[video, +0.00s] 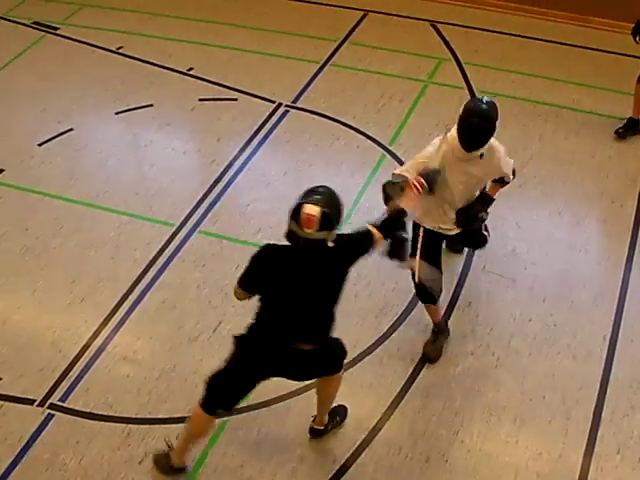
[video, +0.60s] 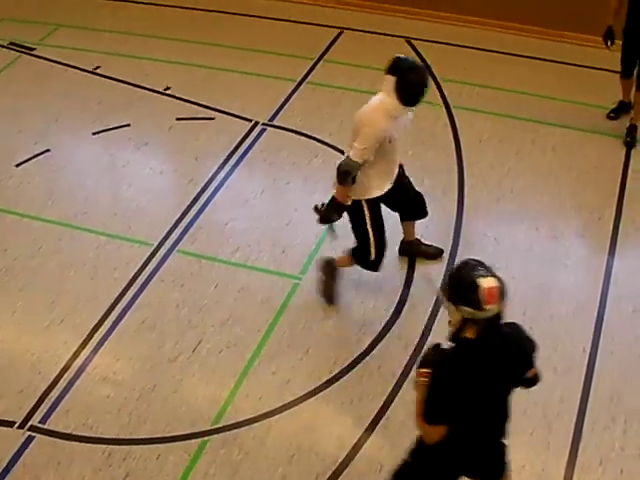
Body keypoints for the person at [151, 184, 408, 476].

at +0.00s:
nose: (308, 216)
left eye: (311, 213)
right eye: (311, 211)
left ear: (294, 220)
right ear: (332, 226)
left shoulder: (271, 255)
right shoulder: (341, 252)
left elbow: (241, 293)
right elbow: (380, 230)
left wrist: (274, 275)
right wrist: (401, 206)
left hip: (258, 354)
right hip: (305, 361)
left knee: (214, 397)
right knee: (334, 352)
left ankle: (178, 459)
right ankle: (321, 421)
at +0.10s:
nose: (338, 223)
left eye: (336, 218)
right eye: (345, 219)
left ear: (319, 222)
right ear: (359, 230)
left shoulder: (296, 259)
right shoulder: (367, 264)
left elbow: (256, 301)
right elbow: (425, 291)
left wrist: (293, 281)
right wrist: (436, 245)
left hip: (294, 354)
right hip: (340, 358)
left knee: (258, 417)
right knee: (340, 373)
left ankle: (242, 475)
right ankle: (322, 422)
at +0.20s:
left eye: (346, 222)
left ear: (342, 230)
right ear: (382, 238)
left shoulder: (315, 266)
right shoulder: (386, 278)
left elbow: (271, 305)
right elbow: (435, 330)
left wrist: (304, 287)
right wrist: (472, 284)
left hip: (322, 358)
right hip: (367, 356)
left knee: (306, 434)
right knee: (344, 386)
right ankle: (330, 419)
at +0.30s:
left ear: (361, 249)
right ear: (404, 257)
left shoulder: (335, 289)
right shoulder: (409, 299)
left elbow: (293, 334)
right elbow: (443, 364)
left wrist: (321, 315)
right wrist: (485, 325)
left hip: (349, 385)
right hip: (393, 380)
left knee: (354, 454)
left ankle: (358, 465)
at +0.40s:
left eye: (383, 274)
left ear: (385, 280)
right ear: (429, 282)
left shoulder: (364, 324)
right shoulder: (441, 326)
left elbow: (330, 375)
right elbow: (464, 389)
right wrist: (490, 351)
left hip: (379, 414)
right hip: (422, 408)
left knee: (378, 469)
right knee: (406, 430)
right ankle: (400, 467)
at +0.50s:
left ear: (418, 299)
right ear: (462, 296)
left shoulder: (401, 352)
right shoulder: (477, 339)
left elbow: (381, 410)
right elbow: (494, 395)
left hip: (412, 435)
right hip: (457, 426)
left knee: (381, 473)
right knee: (454, 446)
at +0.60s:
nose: (448, 310)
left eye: (450, 304)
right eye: (448, 303)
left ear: (458, 311)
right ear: (497, 305)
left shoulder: (445, 363)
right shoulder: (513, 340)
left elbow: (432, 433)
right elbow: (530, 377)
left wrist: (422, 388)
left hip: (439, 463)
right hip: (489, 461)